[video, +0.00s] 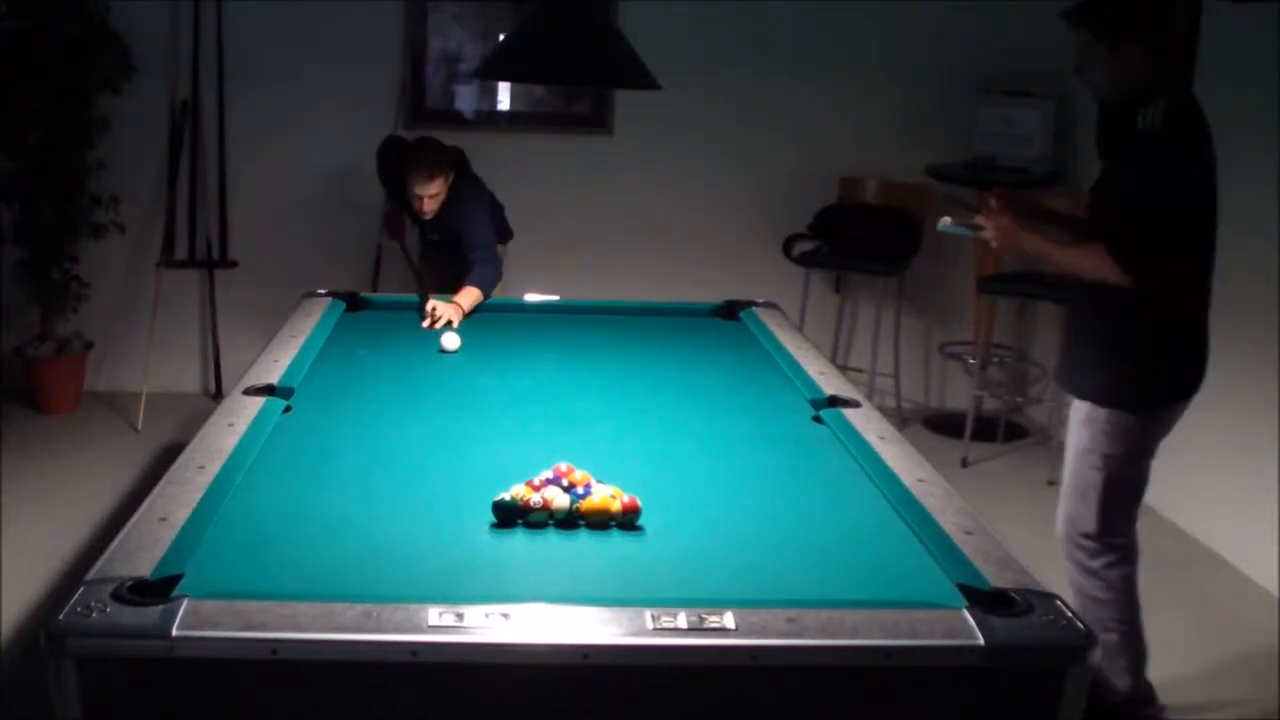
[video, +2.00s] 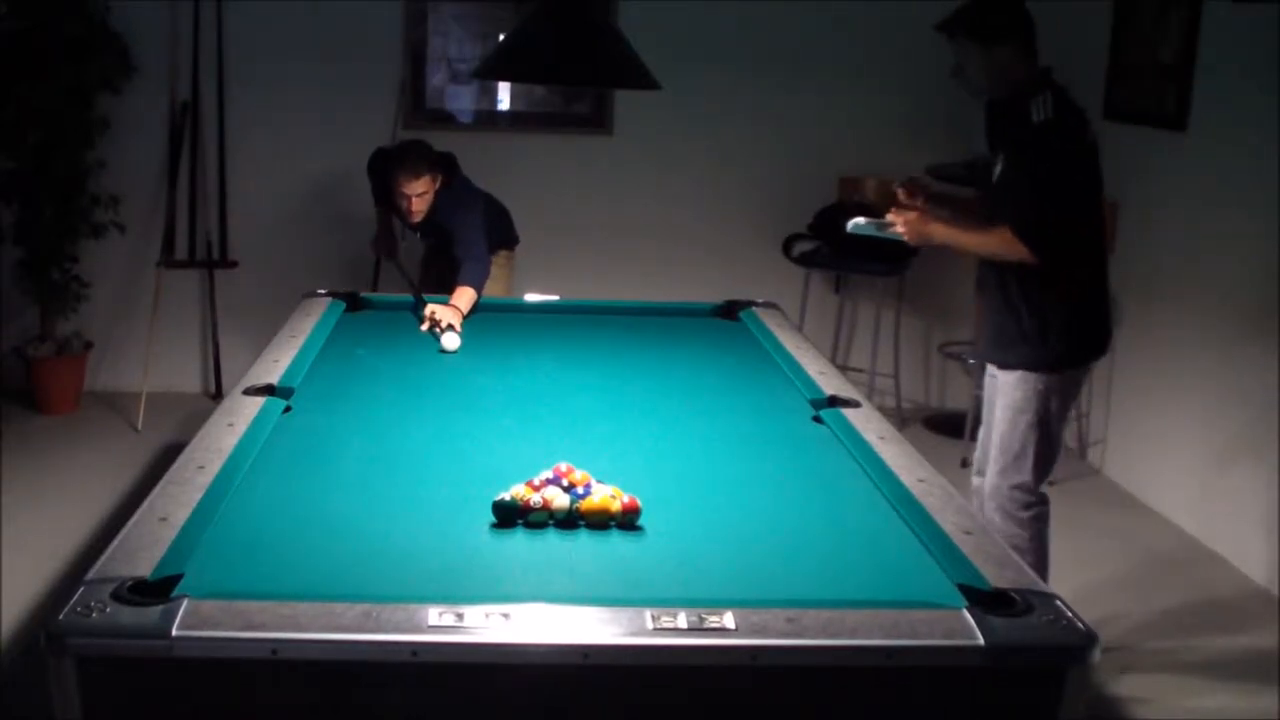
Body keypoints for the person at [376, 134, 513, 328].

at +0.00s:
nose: (425, 207)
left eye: (434, 197)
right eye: (418, 197)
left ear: (449, 180)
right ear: (406, 186)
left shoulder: (468, 197)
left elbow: (488, 265)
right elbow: (389, 146)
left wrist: (459, 306)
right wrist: (394, 205)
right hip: (433, 240)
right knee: (431, 308)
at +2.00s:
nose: (413, 206)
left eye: (421, 196)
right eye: (404, 197)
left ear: (436, 183)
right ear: (392, 188)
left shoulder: (460, 200)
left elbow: (476, 261)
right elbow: (377, 161)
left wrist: (456, 308)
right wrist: (384, 227)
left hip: (492, 248)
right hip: (441, 245)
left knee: (485, 327)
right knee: (425, 319)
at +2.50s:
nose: (425, 191)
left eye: (435, 180)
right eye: (417, 181)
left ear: (450, 166)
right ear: (404, 171)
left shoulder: (472, 183)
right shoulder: (391, 166)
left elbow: (495, 260)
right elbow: (380, 162)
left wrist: (460, 309)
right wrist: (388, 228)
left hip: (474, 261)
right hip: (432, 257)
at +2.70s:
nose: (445, 162)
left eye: (456, 151)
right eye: (437, 150)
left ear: (472, 143)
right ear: (424, 142)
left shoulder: (490, 172)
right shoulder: (408, 153)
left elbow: (503, 257)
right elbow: (394, 172)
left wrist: (466, 307)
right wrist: (408, 227)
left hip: (481, 259)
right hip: (435, 253)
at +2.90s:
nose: (449, 133)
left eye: (461, 124)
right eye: (443, 122)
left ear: (478, 124)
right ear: (431, 118)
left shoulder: (492, 159)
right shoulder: (418, 141)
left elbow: (497, 244)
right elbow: (404, 172)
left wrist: (465, 304)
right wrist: (410, 219)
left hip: (489, 256)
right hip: (444, 251)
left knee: (490, 337)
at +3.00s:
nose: (444, 112)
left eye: (455, 103)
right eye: (438, 102)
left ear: (475, 105)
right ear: (429, 102)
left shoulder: (488, 147)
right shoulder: (423, 134)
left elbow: (489, 233)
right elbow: (415, 178)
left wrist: (457, 295)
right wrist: (411, 225)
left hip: (494, 252)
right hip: (450, 245)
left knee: (486, 339)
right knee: (444, 333)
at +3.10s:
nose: (435, 93)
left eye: (445, 84)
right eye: (431, 83)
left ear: (465, 86)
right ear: (423, 85)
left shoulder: (482, 132)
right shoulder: (428, 123)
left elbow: (490, 223)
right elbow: (426, 175)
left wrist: (440, 269)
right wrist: (413, 224)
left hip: (493, 256)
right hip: (449, 247)